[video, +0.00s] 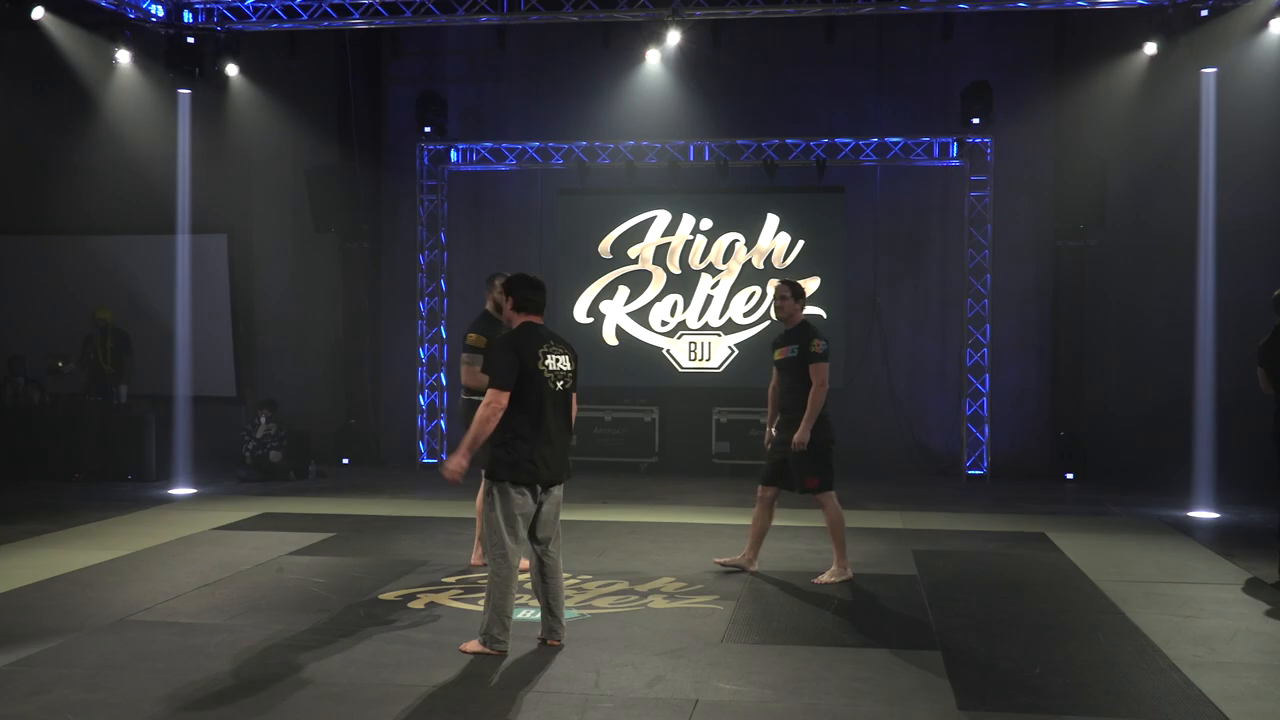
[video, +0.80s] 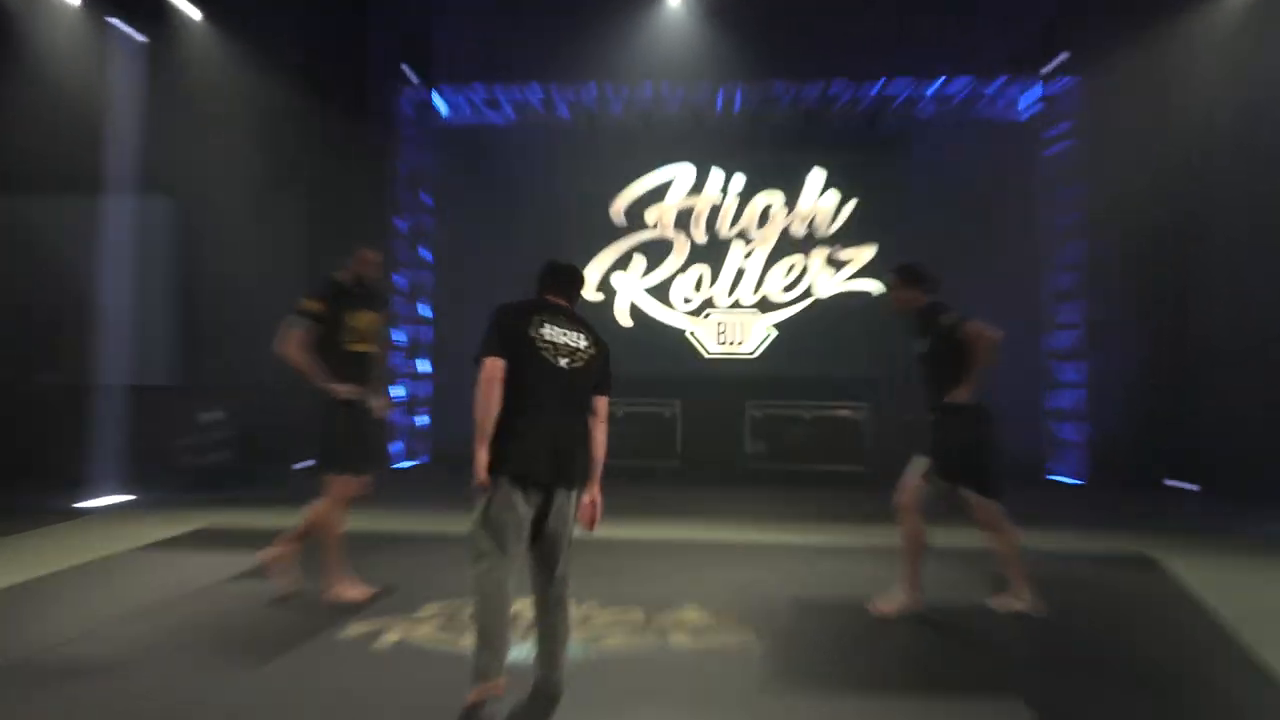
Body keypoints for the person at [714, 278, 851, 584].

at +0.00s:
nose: (777, 303)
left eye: (783, 298)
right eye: (775, 298)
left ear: (799, 302)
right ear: (775, 303)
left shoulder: (812, 335)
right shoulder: (779, 340)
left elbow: (820, 385)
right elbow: (776, 384)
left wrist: (805, 427)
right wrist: (770, 425)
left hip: (812, 427)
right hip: (785, 427)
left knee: (825, 496)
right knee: (766, 492)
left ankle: (841, 565)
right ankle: (749, 557)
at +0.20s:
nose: (798, 301)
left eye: (804, 297)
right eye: (797, 296)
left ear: (821, 300)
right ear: (800, 300)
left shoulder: (831, 334)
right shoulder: (806, 336)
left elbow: (833, 386)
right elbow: (798, 382)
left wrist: (818, 429)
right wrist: (784, 418)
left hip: (838, 426)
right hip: (818, 425)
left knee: (841, 496)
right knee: (797, 486)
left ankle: (843, 566)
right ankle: (797, 555)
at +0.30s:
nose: (807, 301)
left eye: (813, 297)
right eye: (806, 296)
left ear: (831, 301)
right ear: (813, 301)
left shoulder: (840, 334)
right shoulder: (816, 335)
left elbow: (843, 384)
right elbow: (810, 379)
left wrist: (828, 428)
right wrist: (800, 416)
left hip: (848, 425)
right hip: (830, 423)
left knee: (845, 494)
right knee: (815, 487)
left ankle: (845, 566)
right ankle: (841, 550)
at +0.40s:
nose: (816, 302)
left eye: (822, 297)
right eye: (815, 297)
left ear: (839, 300)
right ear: (821, 301)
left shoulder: (849, 334)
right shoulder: (825, 335)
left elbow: (859, 383)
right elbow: (822, 380)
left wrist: (847, 427)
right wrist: (818, 420)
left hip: (854, 423)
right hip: (835, 422)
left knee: (850, 494)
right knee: (843, 490)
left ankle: (844, 565)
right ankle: (886, 543)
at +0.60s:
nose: (834, 305)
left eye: (840, 299)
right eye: (833, 299)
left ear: (859, 303)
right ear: (842, 304)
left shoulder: (870, 332)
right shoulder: (853, 336)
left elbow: (901, 369)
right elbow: (865, 382)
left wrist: (885, 413)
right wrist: (856, 420)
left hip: (873, 426)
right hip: (870, 425)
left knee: (856, 494)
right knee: (895, 490)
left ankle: (848, 566)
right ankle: (937, 551)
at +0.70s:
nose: (849, 307)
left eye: (855, 301)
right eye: (848, 302)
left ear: (874, 303)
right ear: (856, 307)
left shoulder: (888, 330)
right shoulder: (873, 335)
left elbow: (924, 358)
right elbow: (889, 375)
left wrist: (904, 401)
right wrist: (879, 412)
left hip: (894, 421)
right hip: (898, 421)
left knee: (862, 487)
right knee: (921, 491)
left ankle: (859, 560)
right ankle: (953, 555)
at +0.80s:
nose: (893, 298)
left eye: (897, 291)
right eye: (893, 291)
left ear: (915, 290)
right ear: (917, 290)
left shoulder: (939, 317)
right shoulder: (932, 319)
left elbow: (989, 337)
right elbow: (986, 338)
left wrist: (966, 387)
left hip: (952, 428)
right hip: (963, 428)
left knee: (908, 499)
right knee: (987, 510)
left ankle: (909, 591)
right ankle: (1022, 591)